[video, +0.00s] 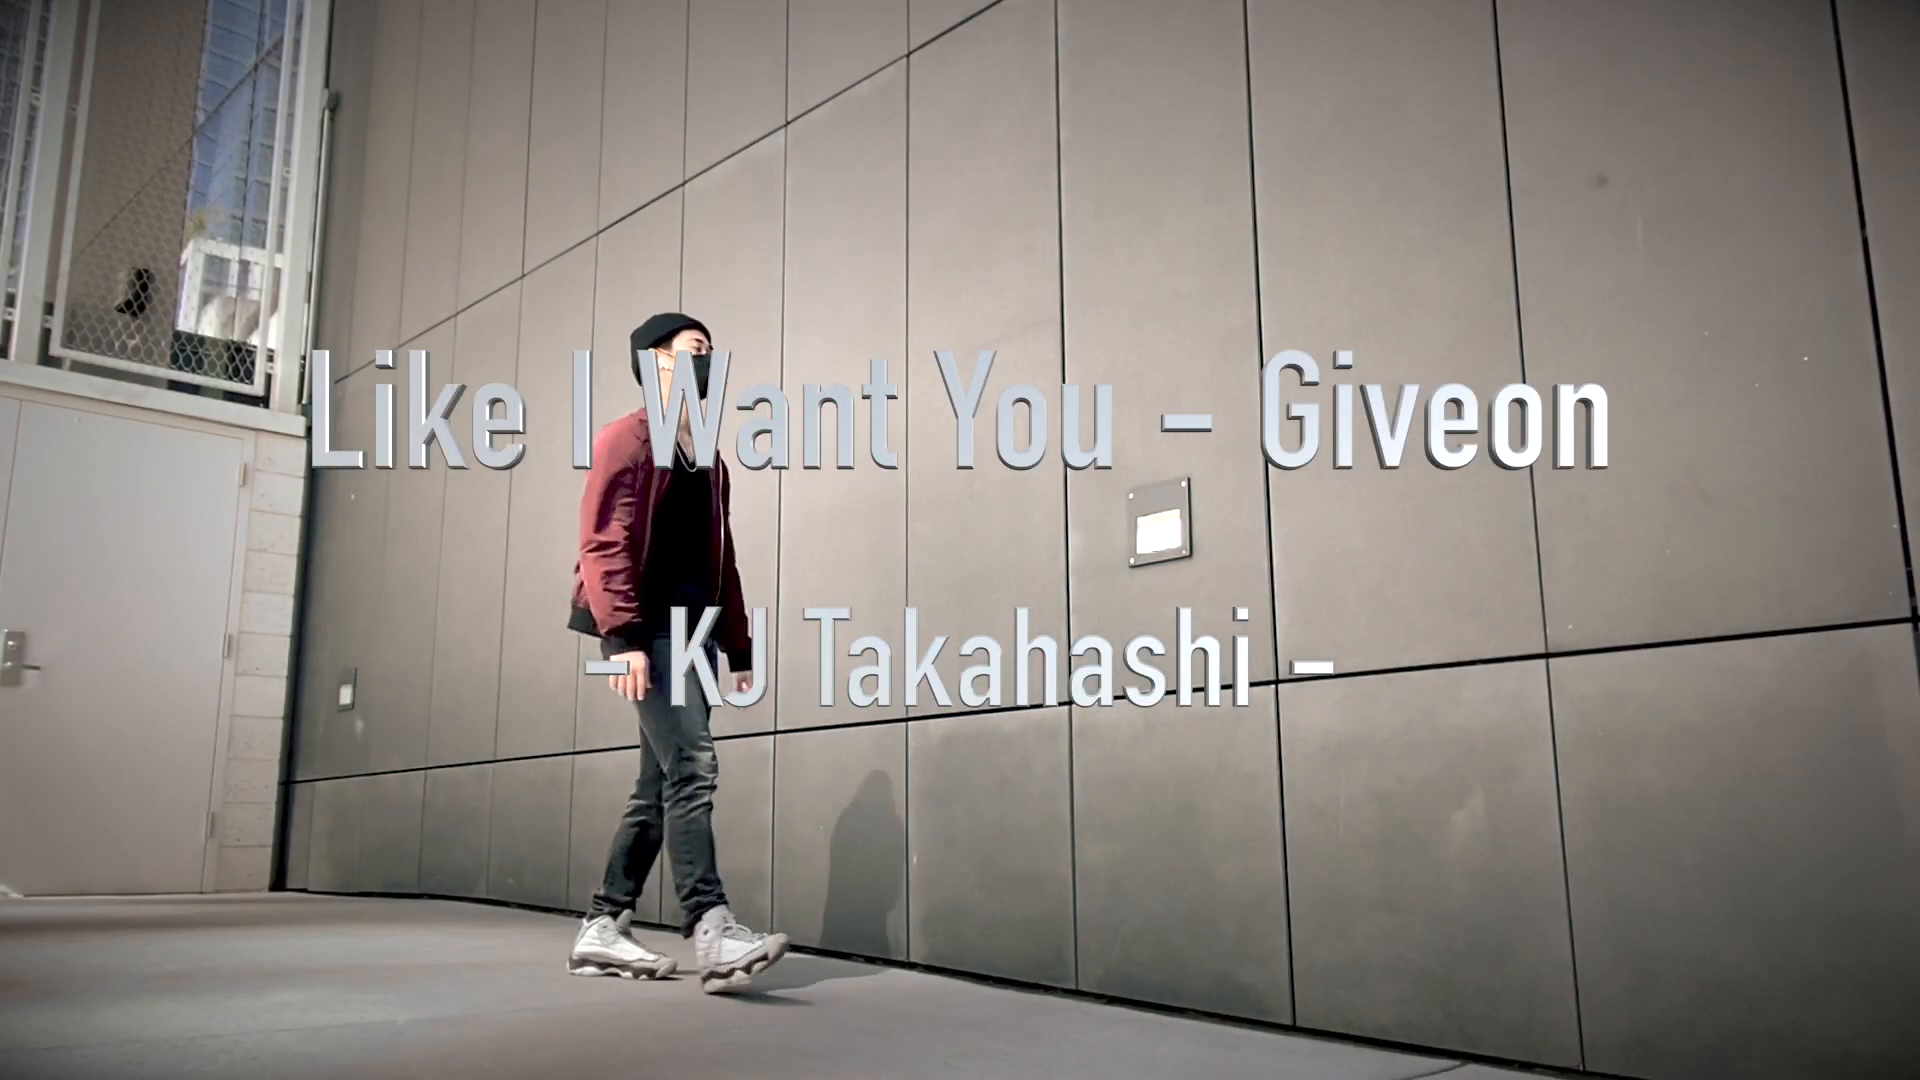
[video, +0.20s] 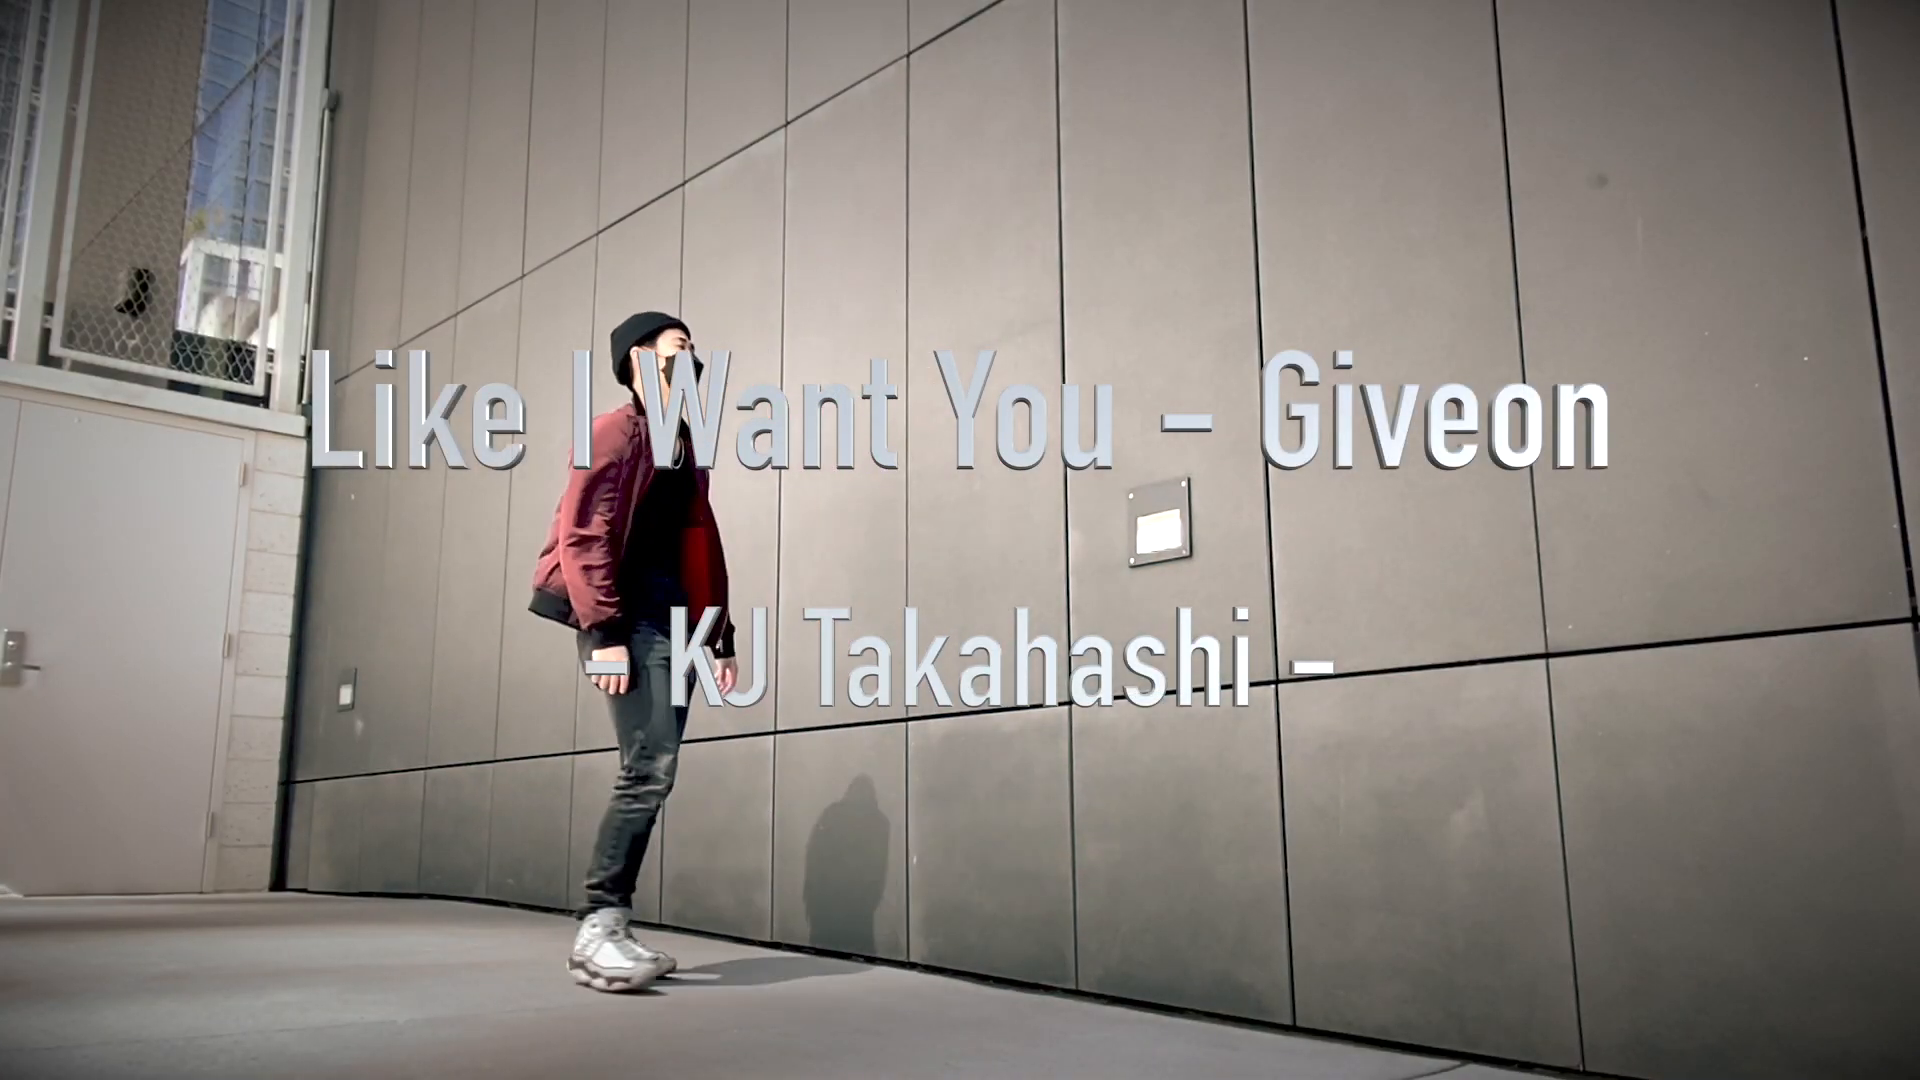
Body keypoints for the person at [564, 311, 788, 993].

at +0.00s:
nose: (703, 367)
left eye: (707, 358)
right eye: (691, 355)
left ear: (710, 368)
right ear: (654, 363)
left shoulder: (710, 457)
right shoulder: (626, 439)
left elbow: (720, 556)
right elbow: (603, 546)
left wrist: (739, 647)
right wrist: (623, 640)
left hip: (693, 632)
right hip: (647, 632)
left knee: (657, 786)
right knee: (692, 772)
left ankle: (603, 928)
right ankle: (713, 931)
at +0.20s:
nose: (685, 368)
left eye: (689, 358)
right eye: (671, 357)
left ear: (691, 369)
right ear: (635, 368)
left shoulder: (687, 441)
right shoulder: (618, 432)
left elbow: (699, 543)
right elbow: (583, 537)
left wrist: (719, 640)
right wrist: (603, 637)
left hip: (673, 621)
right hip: (628, 620)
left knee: (653, 772)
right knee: (646, 772)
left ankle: (614, 929)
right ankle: (598, 931)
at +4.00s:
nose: (653, 346)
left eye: (656, 336)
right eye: (639, 332)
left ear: (644, 346)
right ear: (591, 335)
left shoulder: (653, 431)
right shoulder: (541, 411)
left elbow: (687, 517)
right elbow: (568, 514)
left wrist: (744, 605)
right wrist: (647, 606)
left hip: (577, 628)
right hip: (499, 618)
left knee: (607, 778)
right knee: (516, 787)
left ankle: (575, 948)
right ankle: (423, 902)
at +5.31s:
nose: (536, 289)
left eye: (551, 273)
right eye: (529, 277)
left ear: (600, 277)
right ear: (528, 284)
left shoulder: (628, 337)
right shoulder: (536, 383)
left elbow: (731, 381)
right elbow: (473, 452)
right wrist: (469, 437)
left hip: (584, 585)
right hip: (615, 594)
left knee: (473, 741)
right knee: (556, 772)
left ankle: (506, 922)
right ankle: (671, 904)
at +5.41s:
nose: (585, 279)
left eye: (600, 265)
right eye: (573, 268)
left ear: (638, 271)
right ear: (564, 277)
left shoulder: (675, 336)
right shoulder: (549, 375)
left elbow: (785, 389)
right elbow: (456, 440)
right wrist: (518, 411)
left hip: (625, 577)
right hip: (602, 586)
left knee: (516, 738)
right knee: (572, 765)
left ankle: (520, 926)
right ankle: (657, 914)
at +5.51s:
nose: (636, 271)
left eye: (652, 260)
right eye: (621, 259)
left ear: (677, 274)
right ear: (601, 272)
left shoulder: (713, 342)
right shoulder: (578, 367)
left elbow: (810, 404)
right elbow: (475, 424)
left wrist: (866, 492)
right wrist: (564, 390)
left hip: (673, 570)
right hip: (622, 574)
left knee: (594, 750)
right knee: (593, 756)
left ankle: (572, 946)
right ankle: (666, 920)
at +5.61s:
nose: (672, 278)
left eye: (688, 268)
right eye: (657, 266)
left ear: (709, 284)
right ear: (633, 281)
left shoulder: (744, 357)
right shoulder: (603, 376)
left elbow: (821, 427)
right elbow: (510, 421)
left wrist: (868, 513)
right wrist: (603, 384)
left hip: (708, 581)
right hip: (650, 596)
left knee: (687, 755)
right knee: (588, 758)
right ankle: (671, 934)